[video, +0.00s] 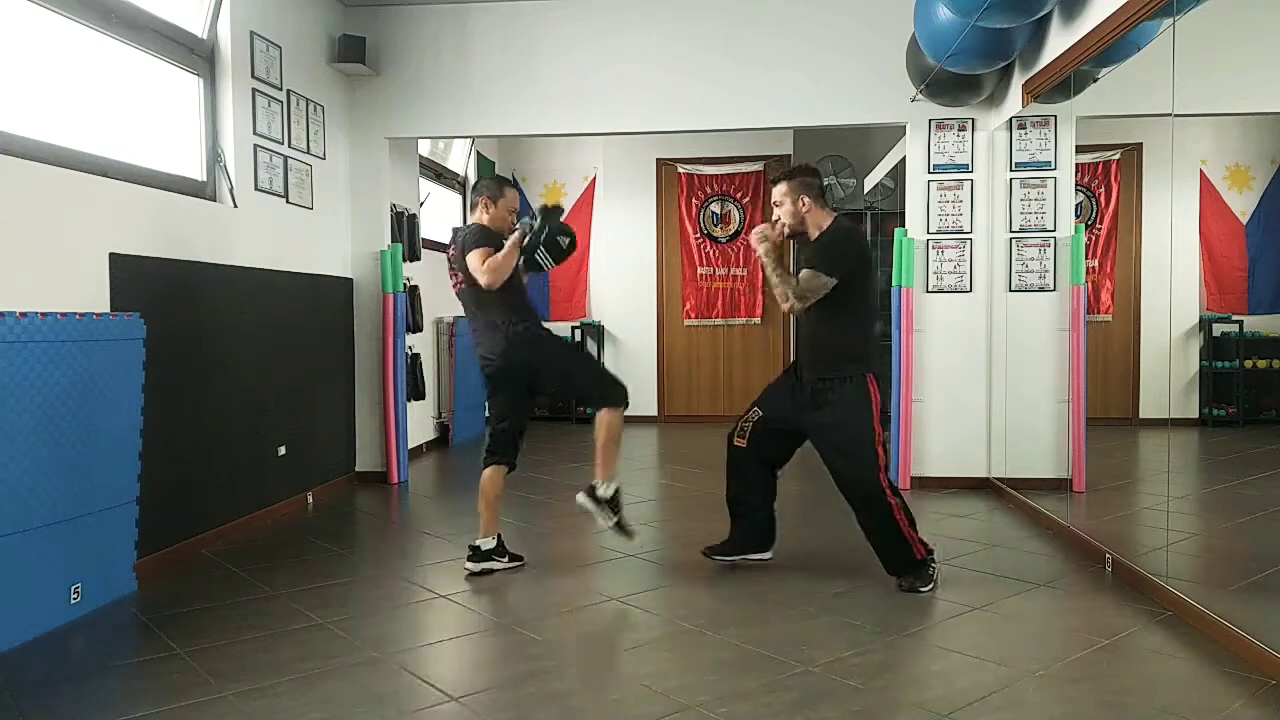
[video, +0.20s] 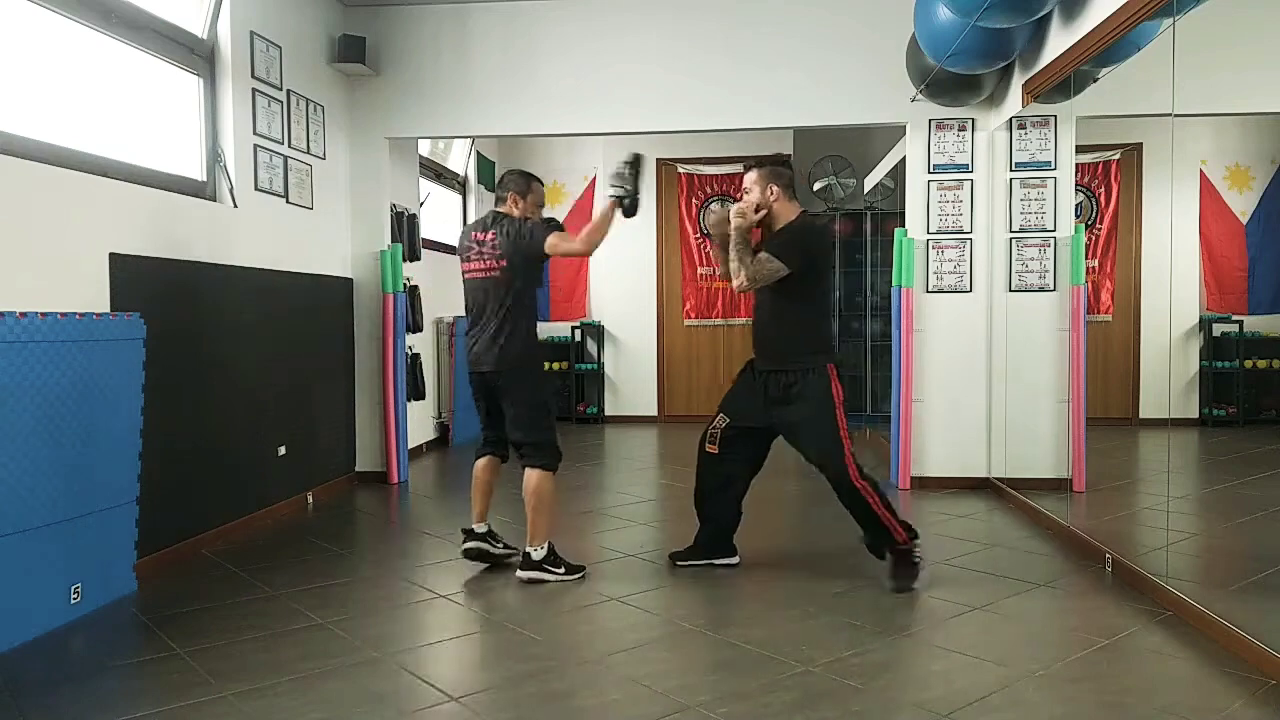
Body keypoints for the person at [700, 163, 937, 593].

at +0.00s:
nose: (776, 213)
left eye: (779, 204)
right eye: (774, 206)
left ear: (804, 203)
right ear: (806, 204)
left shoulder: (844, 240)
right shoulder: (814, 244)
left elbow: (792, 300)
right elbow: (794, 298)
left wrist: (768, 257)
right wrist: (772, 254)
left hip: (848, 383)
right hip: (805, 378)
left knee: (866, 481)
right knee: (747, 443)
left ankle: (915, 564)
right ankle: (752, 540)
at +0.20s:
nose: (744, 200)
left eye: (748, 192)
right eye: (744, 193)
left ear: (772, 193)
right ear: (772, 193)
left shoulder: (806, 233)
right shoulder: (774, 237)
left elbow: (744, 279)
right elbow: (732, 273)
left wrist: (740, 228)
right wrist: (719, 235)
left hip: (810, 375)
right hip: (764, 373)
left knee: (840, 468)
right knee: (719, 448)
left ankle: (899, 546)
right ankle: (716, 543)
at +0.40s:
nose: (711, 208)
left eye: (715, 201)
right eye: (710, 202)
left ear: (739, 199)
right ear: (735, 200)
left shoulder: (781, 239)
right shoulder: (729, 231)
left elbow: (731, 285)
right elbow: (691, 239)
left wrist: (717, 234)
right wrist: (669, 244)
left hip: (783, 374)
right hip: (738, 371)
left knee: (790, 470)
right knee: (687, 443)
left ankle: (825, 564)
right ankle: (688, 538)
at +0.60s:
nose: (668, 209)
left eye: (672, 200)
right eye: (667, 201)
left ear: (695, 199)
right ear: (694, 200)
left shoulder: (738, 239)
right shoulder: (690, 242)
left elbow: (720, 295)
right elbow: (642, 255)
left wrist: (685, 261)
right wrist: (591, 233)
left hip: (737, 375)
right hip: (699, 375)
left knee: (754, 472)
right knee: (651, 449)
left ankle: (828, 554)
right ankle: (658, 541)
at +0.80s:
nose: (637, 210)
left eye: (643, 203)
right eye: (639, 204)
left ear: (666, 203)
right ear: (675, 204)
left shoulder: (684, 228)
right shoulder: (695, 243)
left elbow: (626, 225)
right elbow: (657, 276)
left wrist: (586, 226)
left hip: (706, 374)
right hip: (683, 376)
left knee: (724, 484)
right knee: (641, 450)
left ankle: (810, 555)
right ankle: (650, 541)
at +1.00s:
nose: (625, 213)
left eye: (626, 205)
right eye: (624, 206)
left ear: (643, 201)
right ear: (663, 199)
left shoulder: (639, 231)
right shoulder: (698, 238)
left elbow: (574, 244)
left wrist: (593, 200)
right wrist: (642, 214)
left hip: (678, 368)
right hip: (684, 365)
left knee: (697, 481)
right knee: (635, 448)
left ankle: (781, 555)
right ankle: (647, 541)